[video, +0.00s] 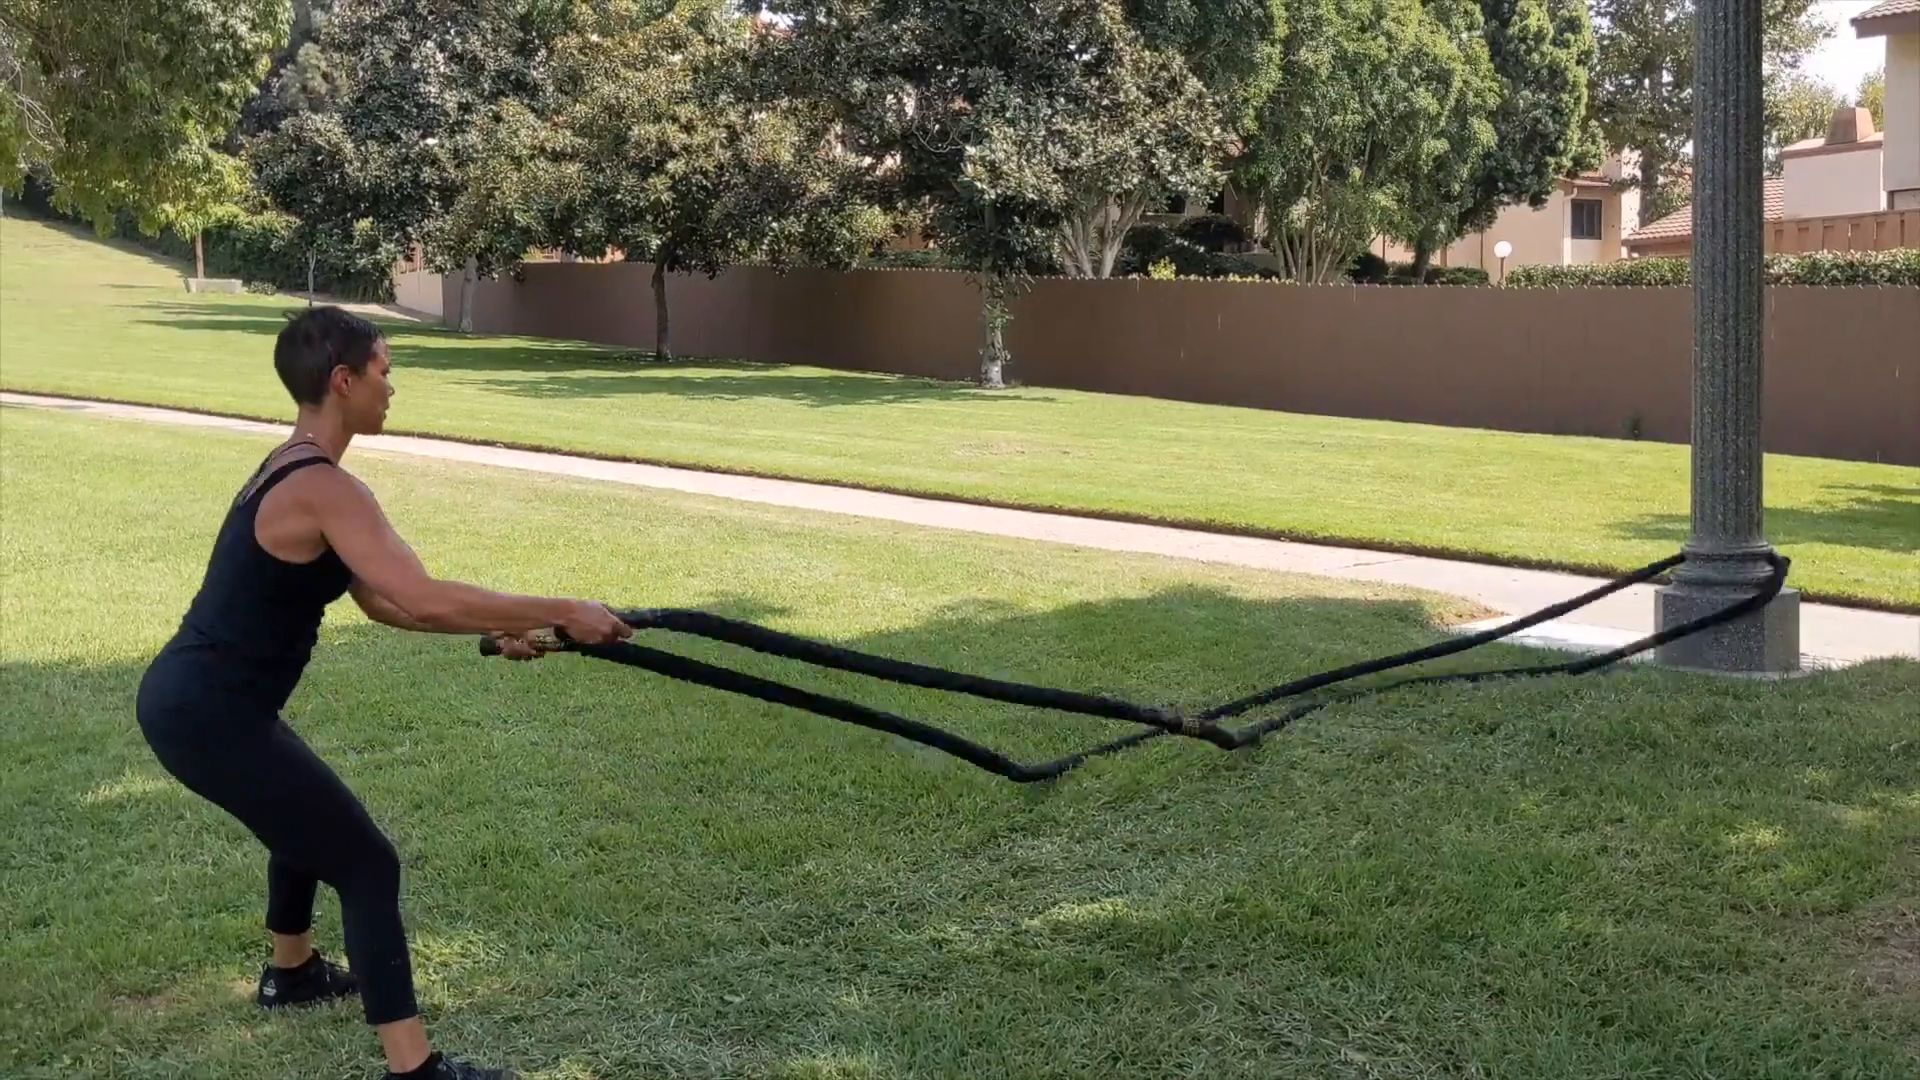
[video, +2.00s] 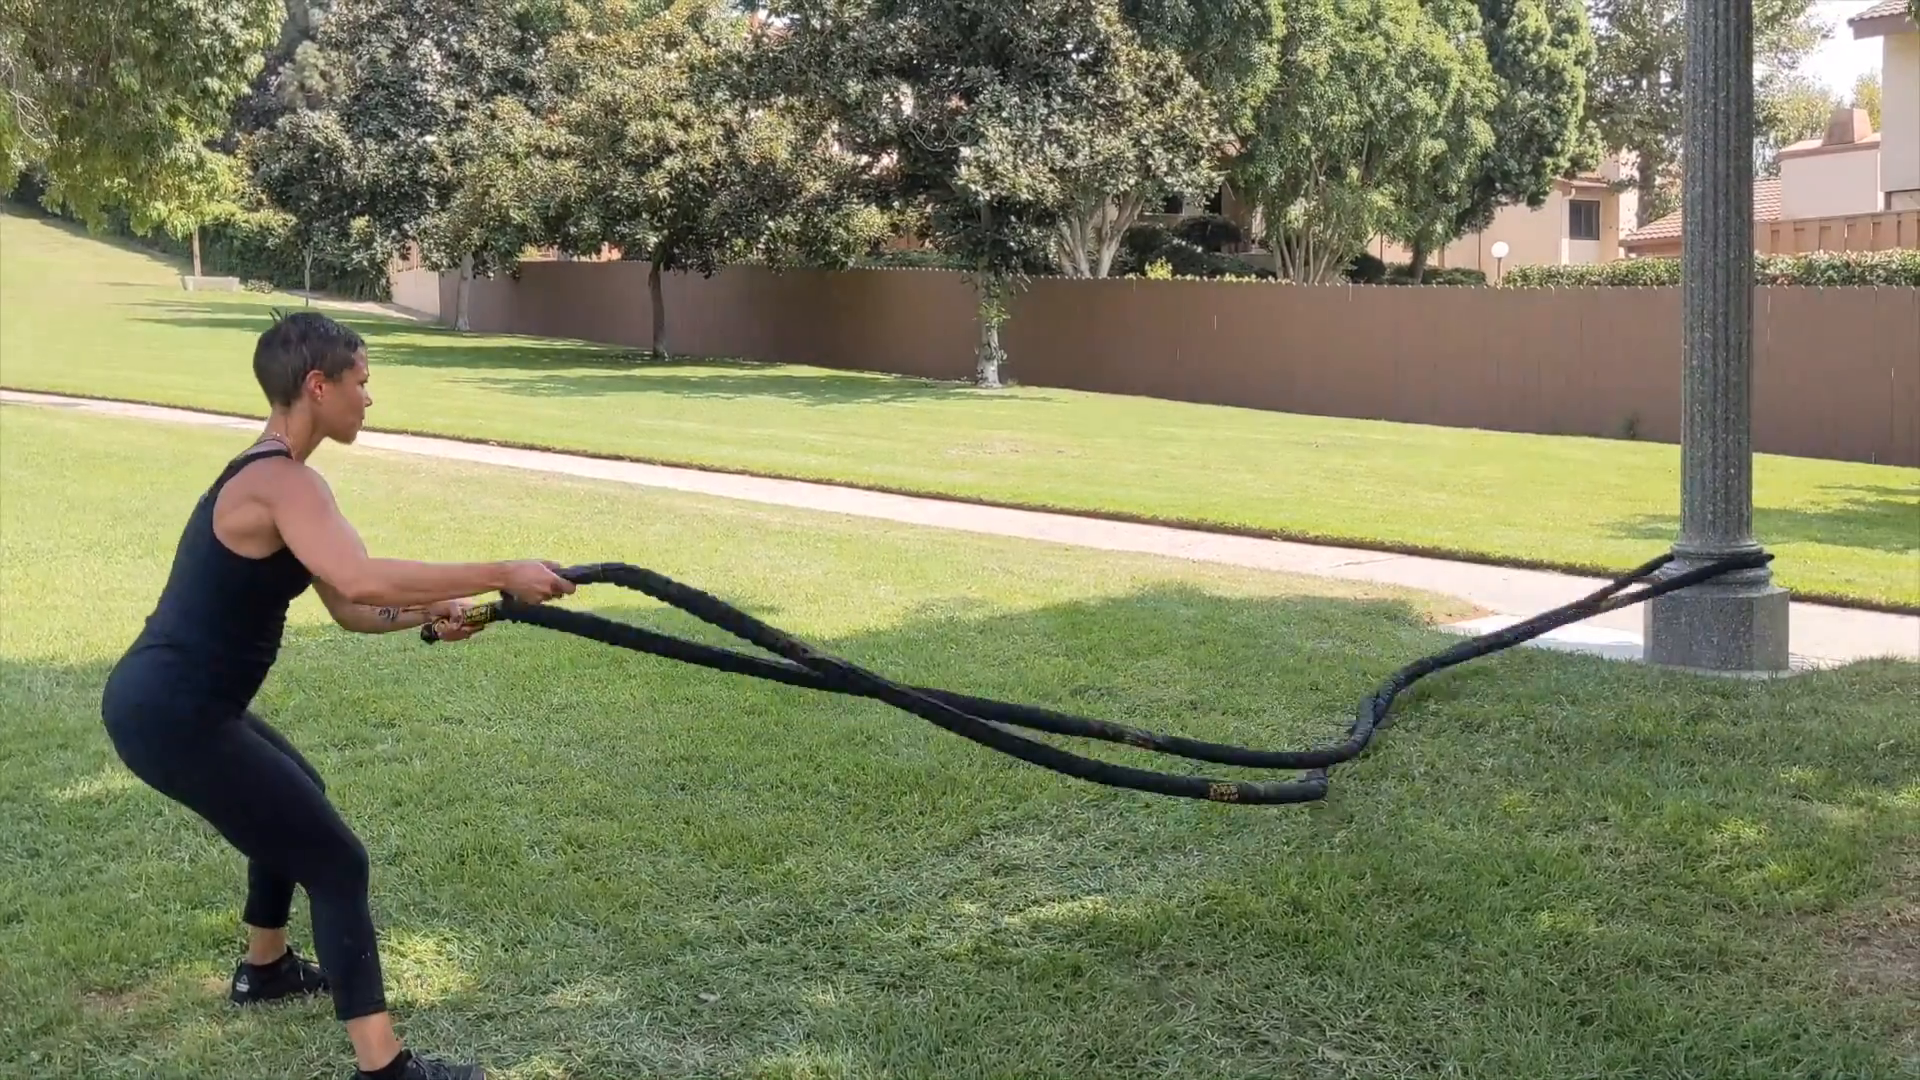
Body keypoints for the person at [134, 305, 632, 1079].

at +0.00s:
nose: (392, 385)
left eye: (390, 370)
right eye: (383, 371)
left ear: (325, 384)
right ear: (339, 381)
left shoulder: (290, 470)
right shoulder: (330, 489)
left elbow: (387, 606)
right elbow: (420, 598)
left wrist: (492, 624)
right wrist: (562, 612)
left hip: (182, 696)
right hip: (212, 714)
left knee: (305, 819)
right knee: (367, 863)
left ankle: (291, 969)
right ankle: (413, 1062)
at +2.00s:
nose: (368, 396)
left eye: (366, 380)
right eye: (358, 380)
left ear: (304, 387)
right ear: (314, 385)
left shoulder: (269, 472)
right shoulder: (285, 482)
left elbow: (349, 611)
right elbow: (362, 584)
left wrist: (422, 615)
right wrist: (502, 574)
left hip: (173, 696)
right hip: (172, 715)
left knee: (298, 793)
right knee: (337, 861)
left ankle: (265, 965)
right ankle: (380, 1058)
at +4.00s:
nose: (434, 387)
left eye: (432, 372)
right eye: (428, 372)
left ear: (355, 379)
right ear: (392, 379)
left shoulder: (281, 440)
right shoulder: (411, 483)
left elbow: (177, 528)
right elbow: (458, 608)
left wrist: (259, 552)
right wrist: (398, 582)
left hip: (176, 681)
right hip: (252, 698)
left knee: (297, 780)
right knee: (415, 831)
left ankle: (300, 939)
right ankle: (419, 1040)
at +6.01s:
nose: (394, 369)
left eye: (395, 352)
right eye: (388, 351)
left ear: (327, 352)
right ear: (344, 350)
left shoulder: (267, 421)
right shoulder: (343, 452)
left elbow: (334, 536)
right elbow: (409, 579)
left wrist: (448, 549)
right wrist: (487, 579)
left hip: (145, 644)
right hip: (196, 661)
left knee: (297, 753)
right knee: (354, 808)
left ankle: (290, 909)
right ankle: (394, 1015)